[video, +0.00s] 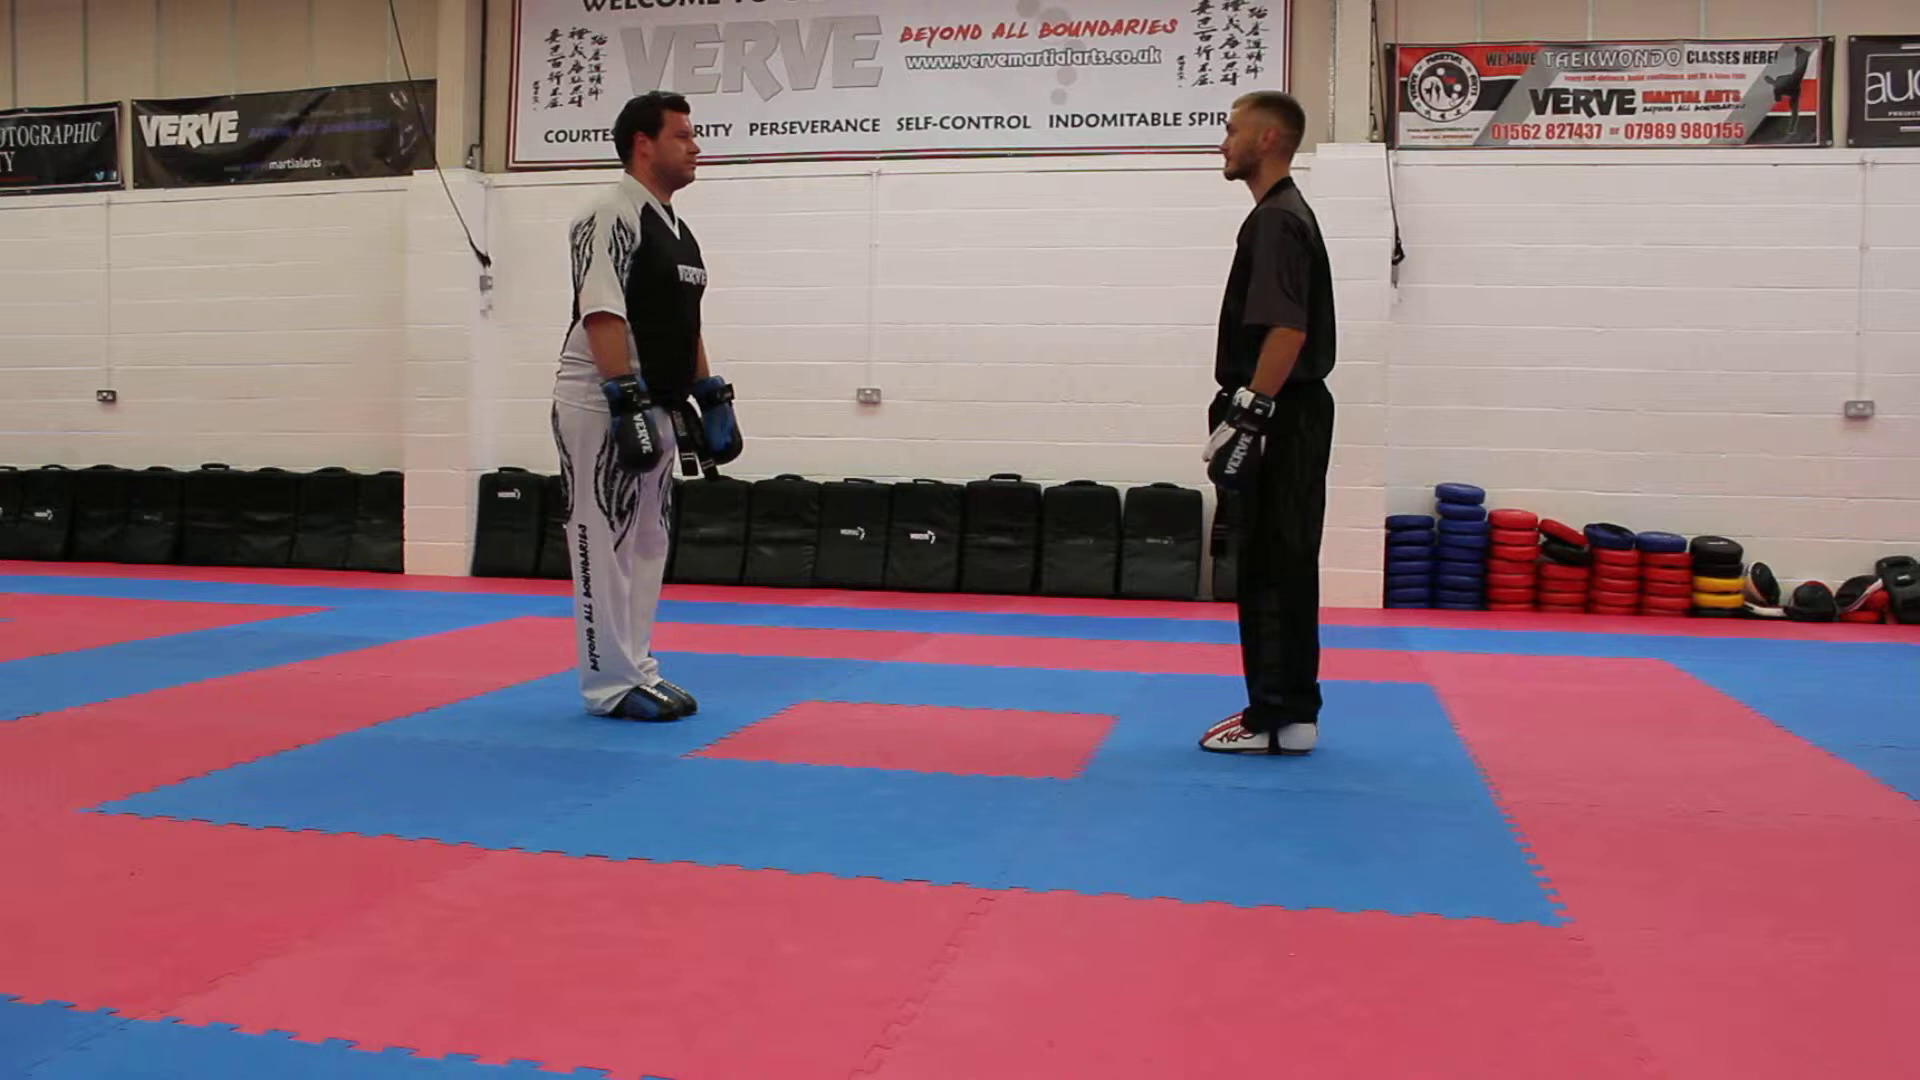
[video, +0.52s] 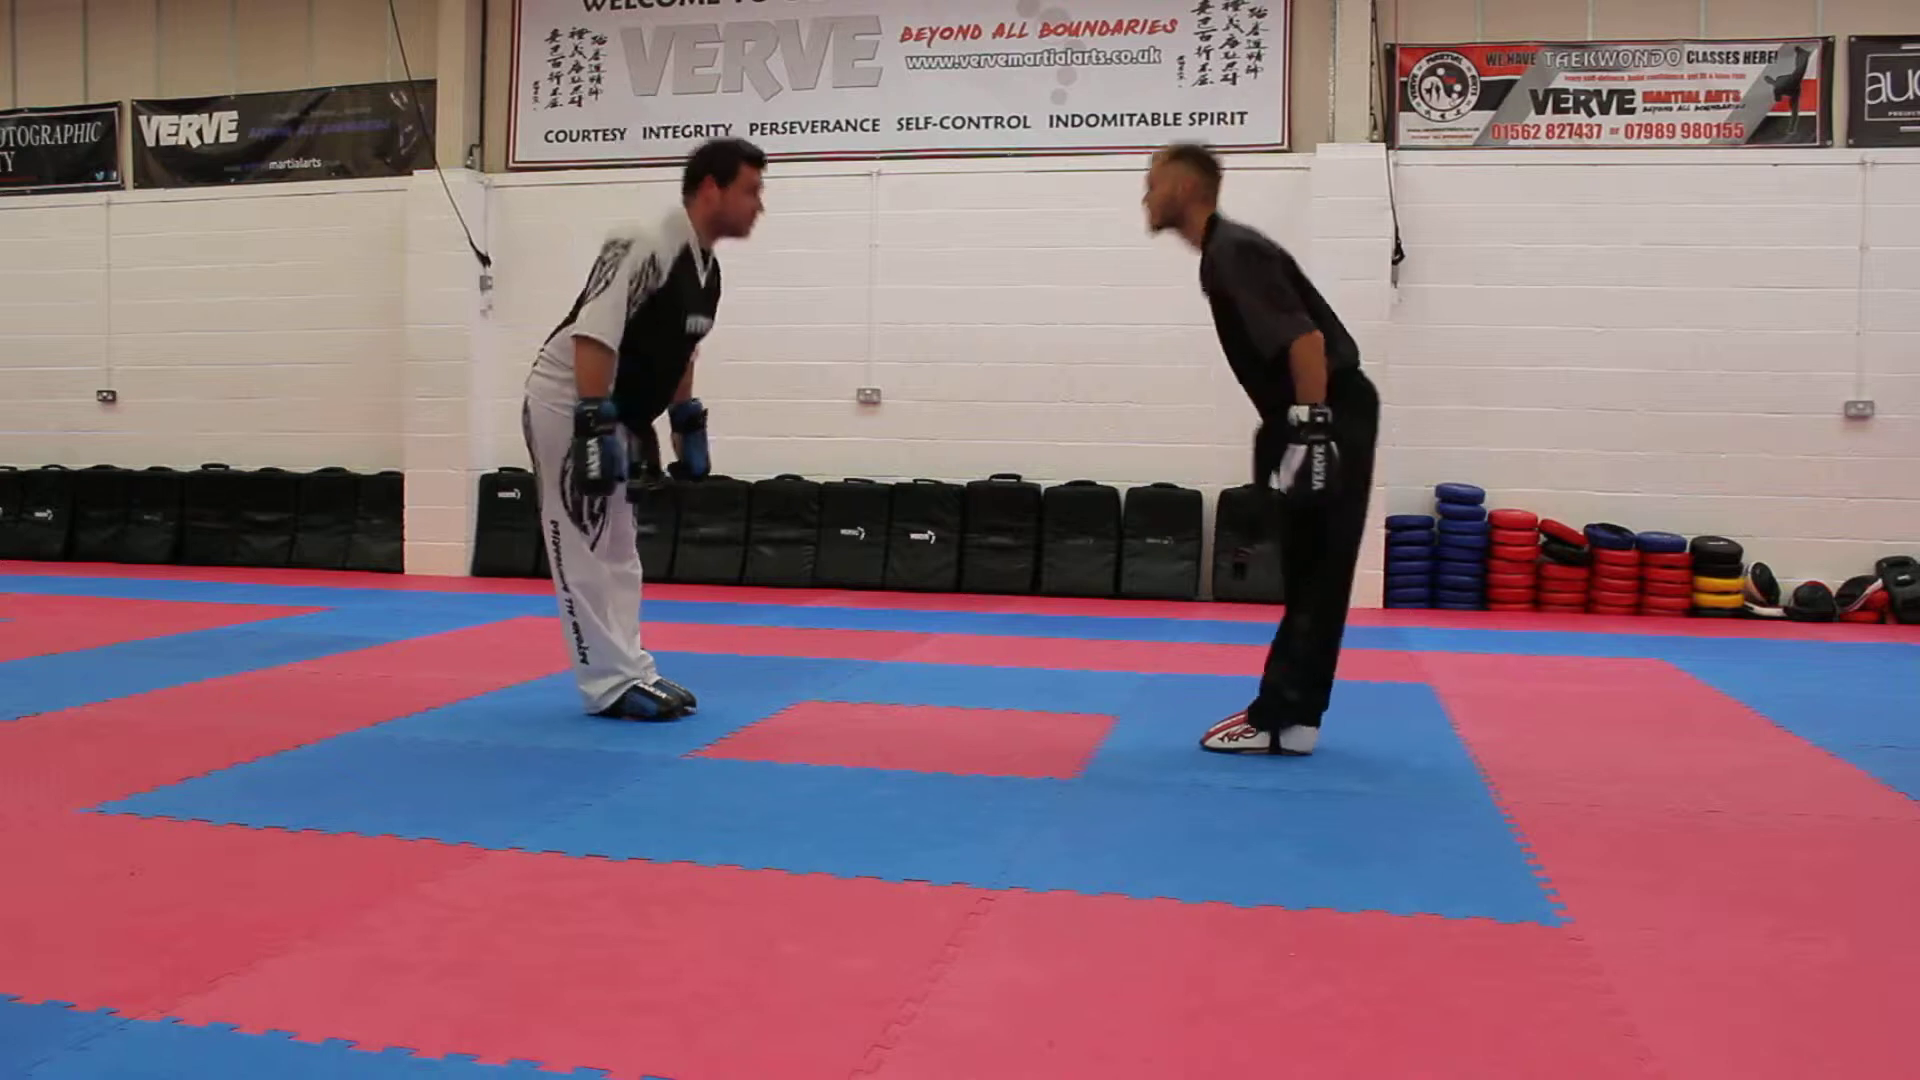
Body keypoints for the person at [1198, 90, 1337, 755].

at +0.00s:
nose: (1222, 142)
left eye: (1232, 131)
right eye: (1226, 131)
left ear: (1270, 140)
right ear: (1271, 140)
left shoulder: (1280, 221)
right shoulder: (1276, 215)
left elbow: (1289, 332)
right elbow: (1281, 330)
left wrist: (1247, 418)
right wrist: (1238, 411)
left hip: (1285, 412)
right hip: (1283, 410)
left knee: (1272, 562)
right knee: (1277, 561)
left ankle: (1279, 714)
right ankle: (1285, 707)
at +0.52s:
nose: (1144, 196)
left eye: (1152, 183)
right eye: (1147, 184)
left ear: (1186, 187)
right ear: (1187, 188)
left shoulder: (1236, 254)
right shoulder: (1222, 254)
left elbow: (1306, 340)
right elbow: (1285, 344)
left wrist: (1312, 425)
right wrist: (1280, 426)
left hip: (1331, 412)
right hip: (1312, 411)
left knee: (1316, 568)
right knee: (1311, 567)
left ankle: (1285, 715)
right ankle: (1290, 711)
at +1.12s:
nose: (1164, 186)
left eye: (1173, 174)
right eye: (1168, 174)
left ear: (1204, 182)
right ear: (1207, 183)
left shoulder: (1236, 249)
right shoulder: (1237, 245)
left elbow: (1293, 339)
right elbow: (1297, 338)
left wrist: (1263, 424)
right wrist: (1272, 424)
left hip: (1337, 407)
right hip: (1331, 406)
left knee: (1323, 562)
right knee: (1320, 562)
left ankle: (1289, 714)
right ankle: (1296, 712)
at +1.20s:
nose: (1191, 162)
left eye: (1201, 150)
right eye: (1197, 150)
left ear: (1229, 159)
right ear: (1239, 161)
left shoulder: (1243, 233)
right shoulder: (1270, 224)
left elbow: (1253, 339)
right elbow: (1269, 337)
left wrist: (1189, 400)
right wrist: (1195, 395)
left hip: (1313, 412)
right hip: (1331, 408)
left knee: (1306, 559)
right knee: (1313, 559)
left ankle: (1288, 714)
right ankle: (1295, 709)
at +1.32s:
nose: (1220, 148)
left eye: (1228, 137)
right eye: (1224, 136)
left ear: (1256, 148)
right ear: (1276, 152)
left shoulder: (1246, 224)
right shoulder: (1317, 221)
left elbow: (1202, 329)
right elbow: (1310, 323)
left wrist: (1138, 334)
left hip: (1311, 408)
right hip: (1349, 402)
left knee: (1293, 556)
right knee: (1318, 556)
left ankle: (1286, 715)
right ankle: (1295, 707)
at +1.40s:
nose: (1234, 143)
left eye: (1243, 131)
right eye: (1238, 130)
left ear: (1272, 143)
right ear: (1292, 148)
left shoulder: (1249, 221)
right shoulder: (1331, 218)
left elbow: (1186, 320)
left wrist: (1141, 294)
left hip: (1307, 406)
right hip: (1355, 401)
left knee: (1289, 555)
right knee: (1333, 552)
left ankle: (1286, 716)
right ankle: (1327, 700)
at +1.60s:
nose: (1268, 139)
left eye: (1279, 129)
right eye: (1273, 128)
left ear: (1309, 142)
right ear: (1326, 146)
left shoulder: (1273, 222)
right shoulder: (1366, 227)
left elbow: (1231, 326)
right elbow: (1334, 316)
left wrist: (1191, 300)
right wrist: (1250, 329)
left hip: (1298, 419)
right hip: (1362, 413)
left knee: (1279, 564)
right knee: (1372, 558)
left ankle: (1282, 713)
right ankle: (1418, 693)